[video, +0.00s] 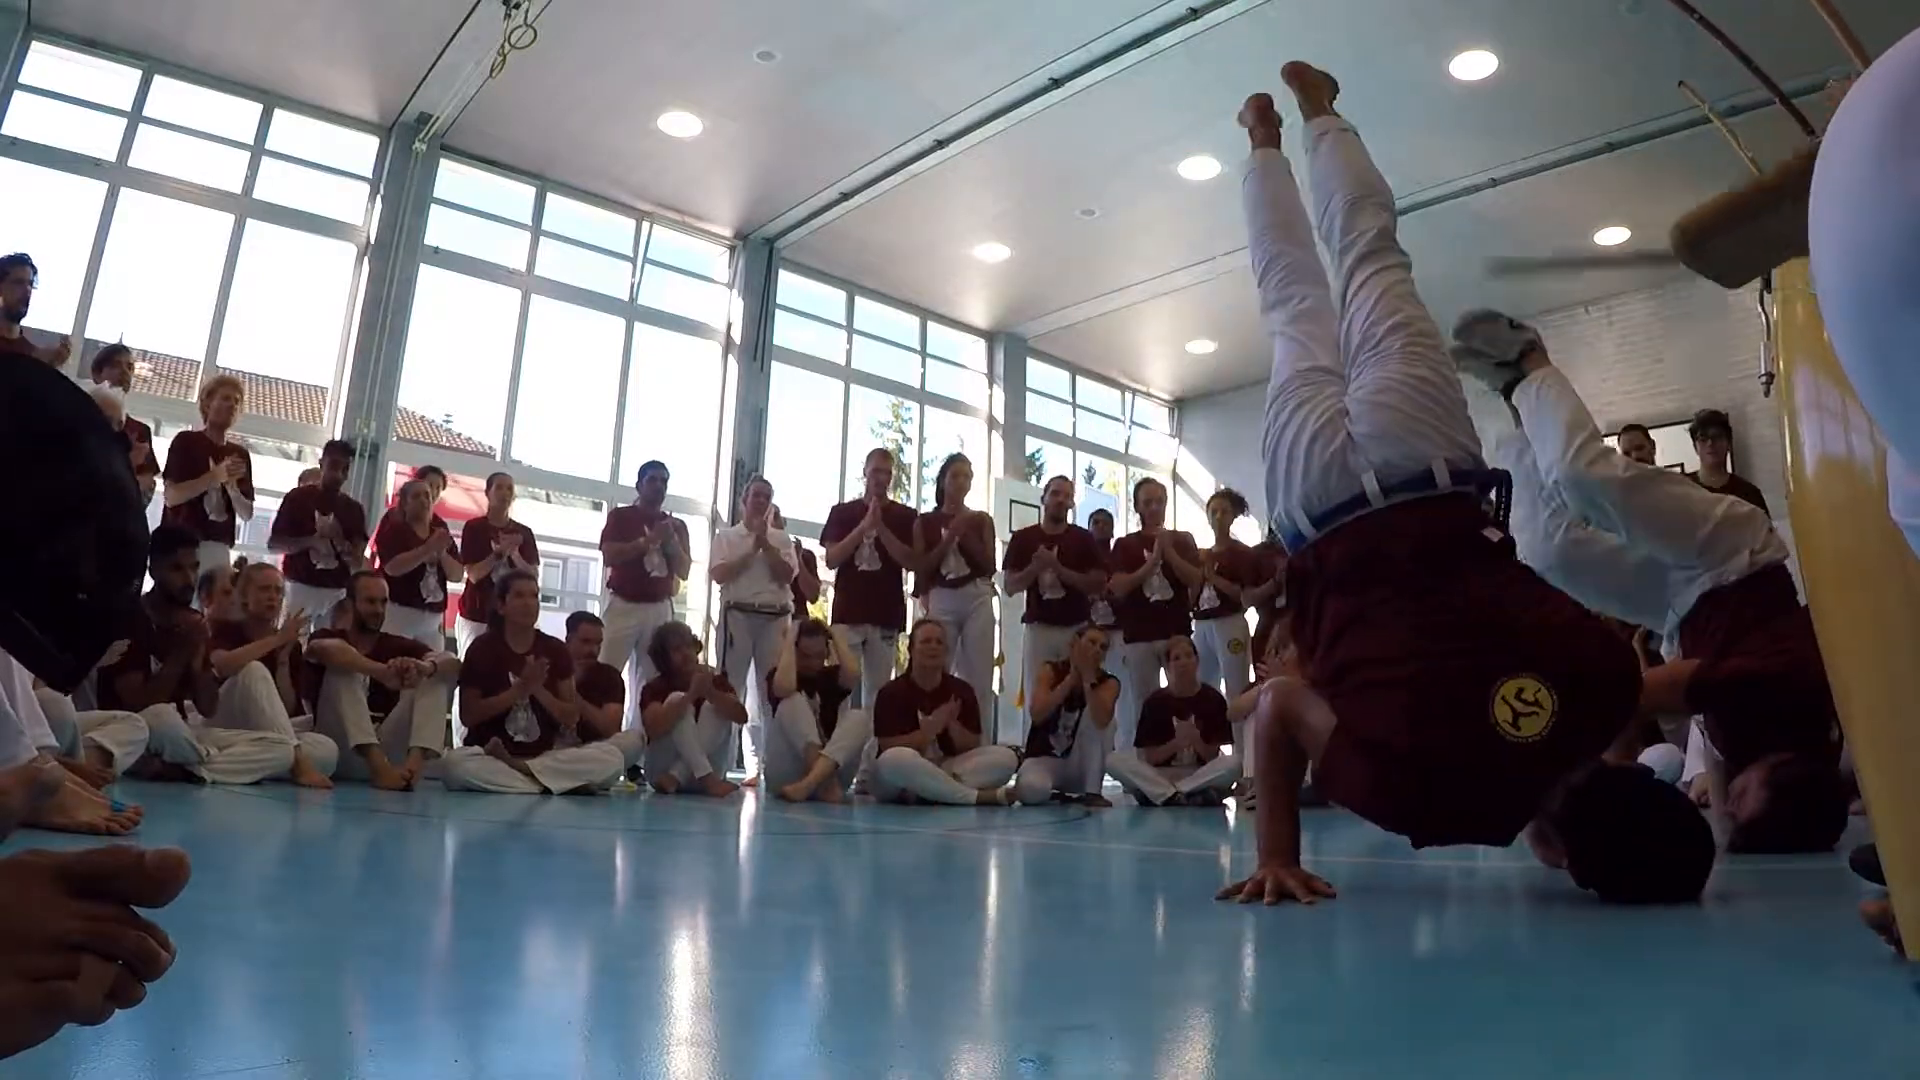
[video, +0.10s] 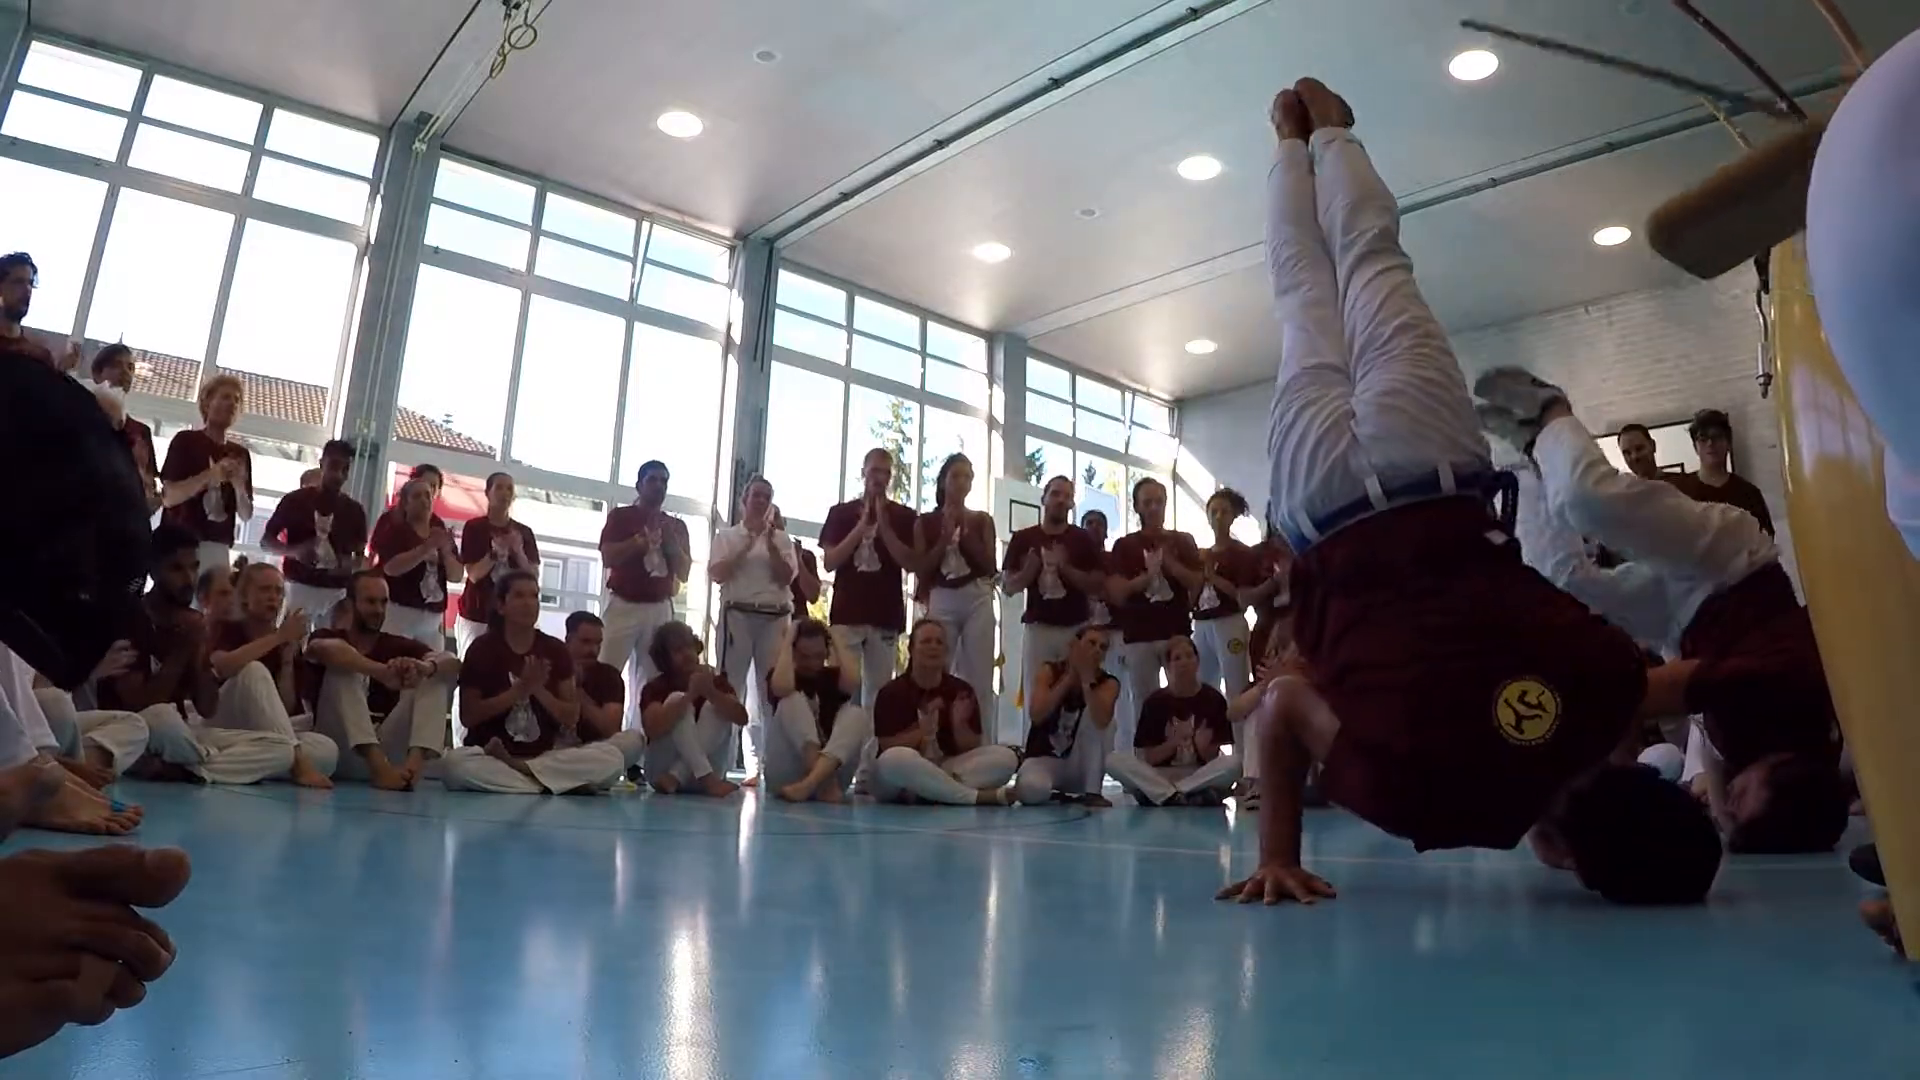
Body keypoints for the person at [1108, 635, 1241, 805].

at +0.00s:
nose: (1183, 662)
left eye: (1188, 656)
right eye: (1177, 658)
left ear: (1197, 660)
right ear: (1168, 666)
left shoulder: (1213, 698)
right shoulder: (1155, 701)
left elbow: (1212, 755)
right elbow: (1150, 757)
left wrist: (1194, 737)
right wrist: (1178, 742)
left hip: (1200, 771)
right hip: (1161, 773)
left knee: (1233, 764)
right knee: (1114, 760)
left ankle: (1167, 795)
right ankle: (1174, 796)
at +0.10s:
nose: (1184, 662)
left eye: (1189, 656)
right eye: (1177, 659)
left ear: (1197, 661)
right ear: (1168, 666)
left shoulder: (1213, 698)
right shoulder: (1155, 701)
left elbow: (1212, 756)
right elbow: (1148, 757)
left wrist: (1200, 744)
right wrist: (1175, 742)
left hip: (1200, 771)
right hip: (1161, 773)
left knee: (1233, 764)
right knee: (1114, 760)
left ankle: (1164, 796)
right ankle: (1173, 796)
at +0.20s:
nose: (1184, 662)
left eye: (1189, 656)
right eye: (1178, 659)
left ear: (1197, 661)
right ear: (1168, 666)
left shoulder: (1213, 698)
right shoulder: (1154, 701)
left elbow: (1212, 756)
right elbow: (1147, 757)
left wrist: (1198, 739)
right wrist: (1177, 742)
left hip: (1200, 772)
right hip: (1160, 773)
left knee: (1233, 764)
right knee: (1113, 760)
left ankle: (1167, 795)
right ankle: (1173, 796)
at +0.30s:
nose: (1184, 663)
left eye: (1189, 657)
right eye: (1177, 659)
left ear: (1197, 661)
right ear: (1168, 666)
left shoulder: (1213, 698)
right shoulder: (1155, 701)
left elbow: (1214, 755)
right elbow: (1148, 757)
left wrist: (1194, 739)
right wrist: (1179, 741)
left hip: (1201, 772)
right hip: (1160, 773)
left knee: (1233, 764)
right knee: (1113, 760)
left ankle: (1167, 795)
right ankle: (1173, 796)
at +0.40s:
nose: (1184, 662)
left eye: (1189, 656)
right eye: (1177, 659)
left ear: (1198, 661)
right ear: (1168, 666)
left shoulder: (1213, 698)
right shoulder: (1155, 701)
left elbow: (1213, 756)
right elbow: (1148, 757)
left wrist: (1198, 740)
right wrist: (1176, 743)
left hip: (1201, 772)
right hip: (1161, 774)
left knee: (1233, 764)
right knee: (1113, 760)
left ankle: (1169, 795)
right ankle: (1172, 797)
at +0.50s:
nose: (1185, 662)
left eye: (1190, 656)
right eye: (1178, 658)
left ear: (1198, 661)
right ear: (1169, 667)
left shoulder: (1214, 699)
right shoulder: (1155, 701)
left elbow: (1214, 759)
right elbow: (1149, 758)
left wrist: (1204, 746)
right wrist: (1171, 739)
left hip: (1200, 773)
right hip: (1161, 774)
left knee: (1233, 763)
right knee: (1115, 760)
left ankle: (1171, 793)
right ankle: (1171, 796)